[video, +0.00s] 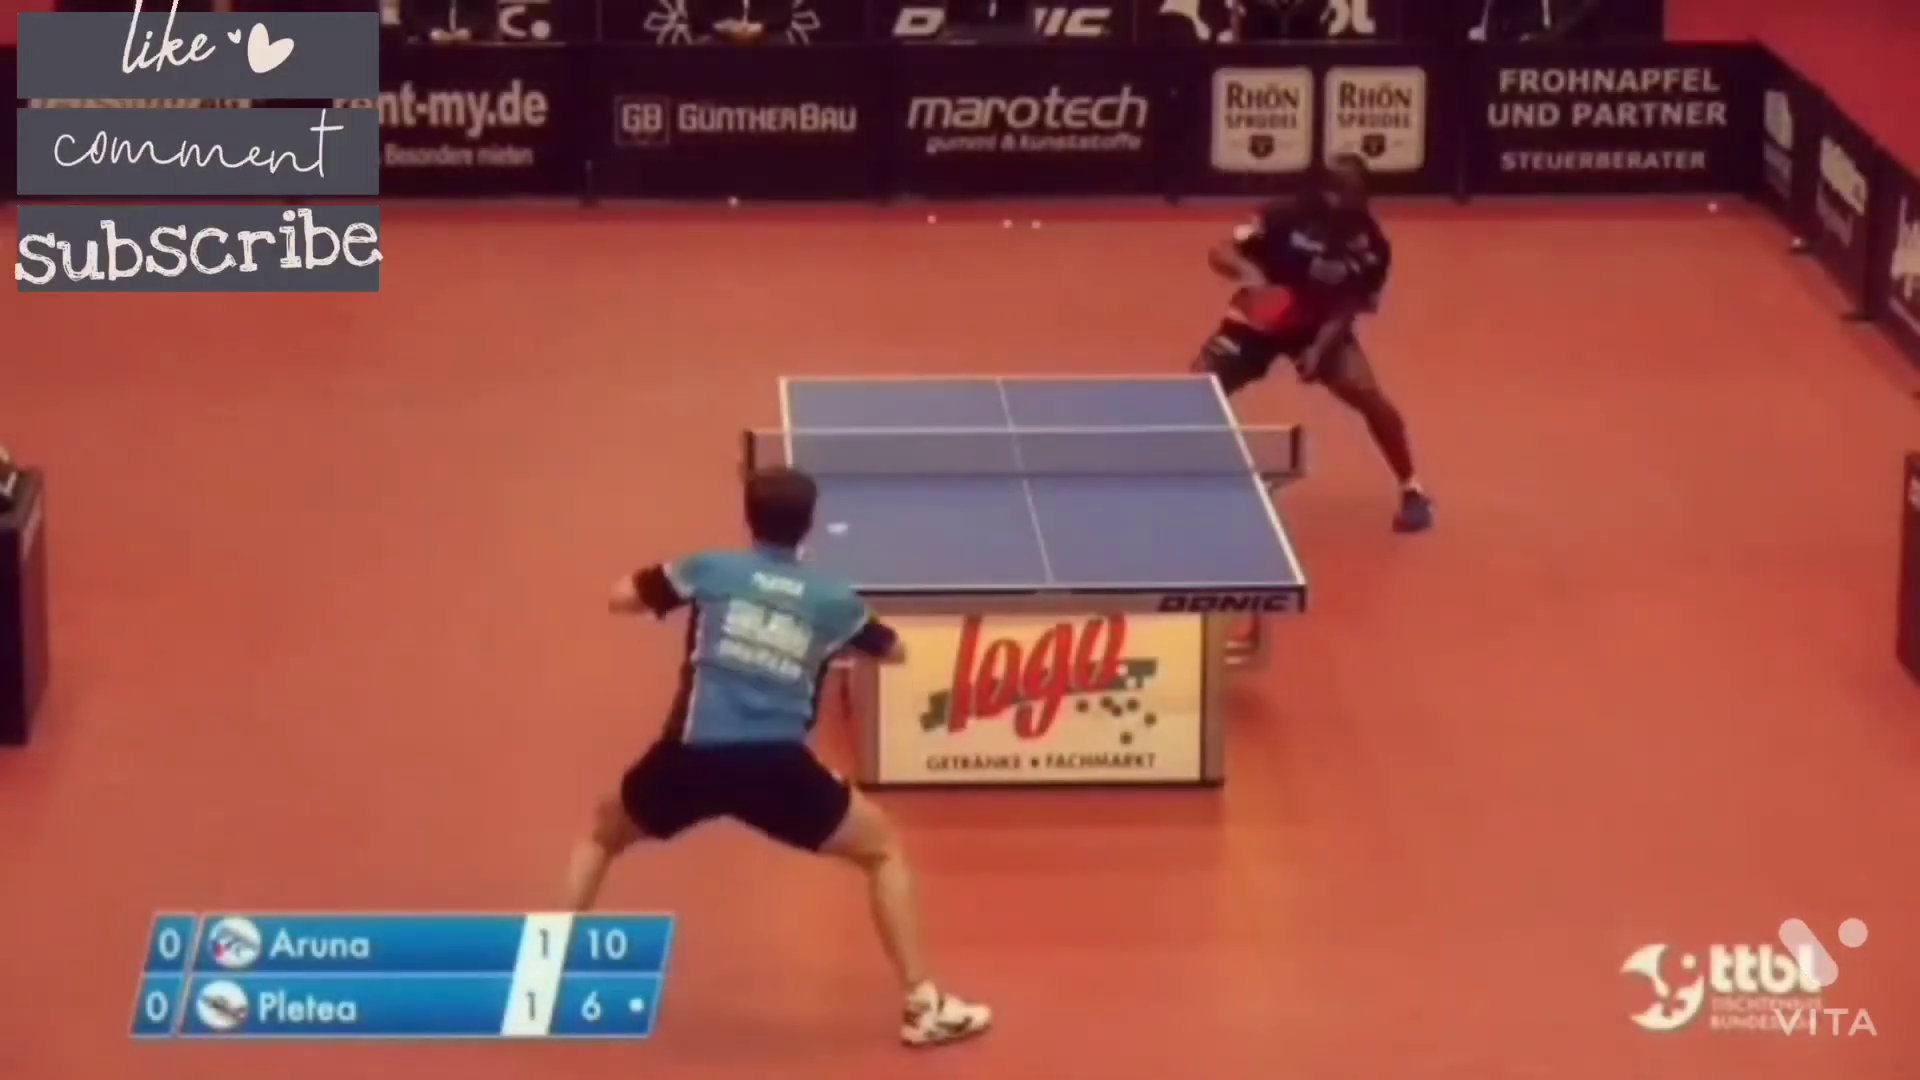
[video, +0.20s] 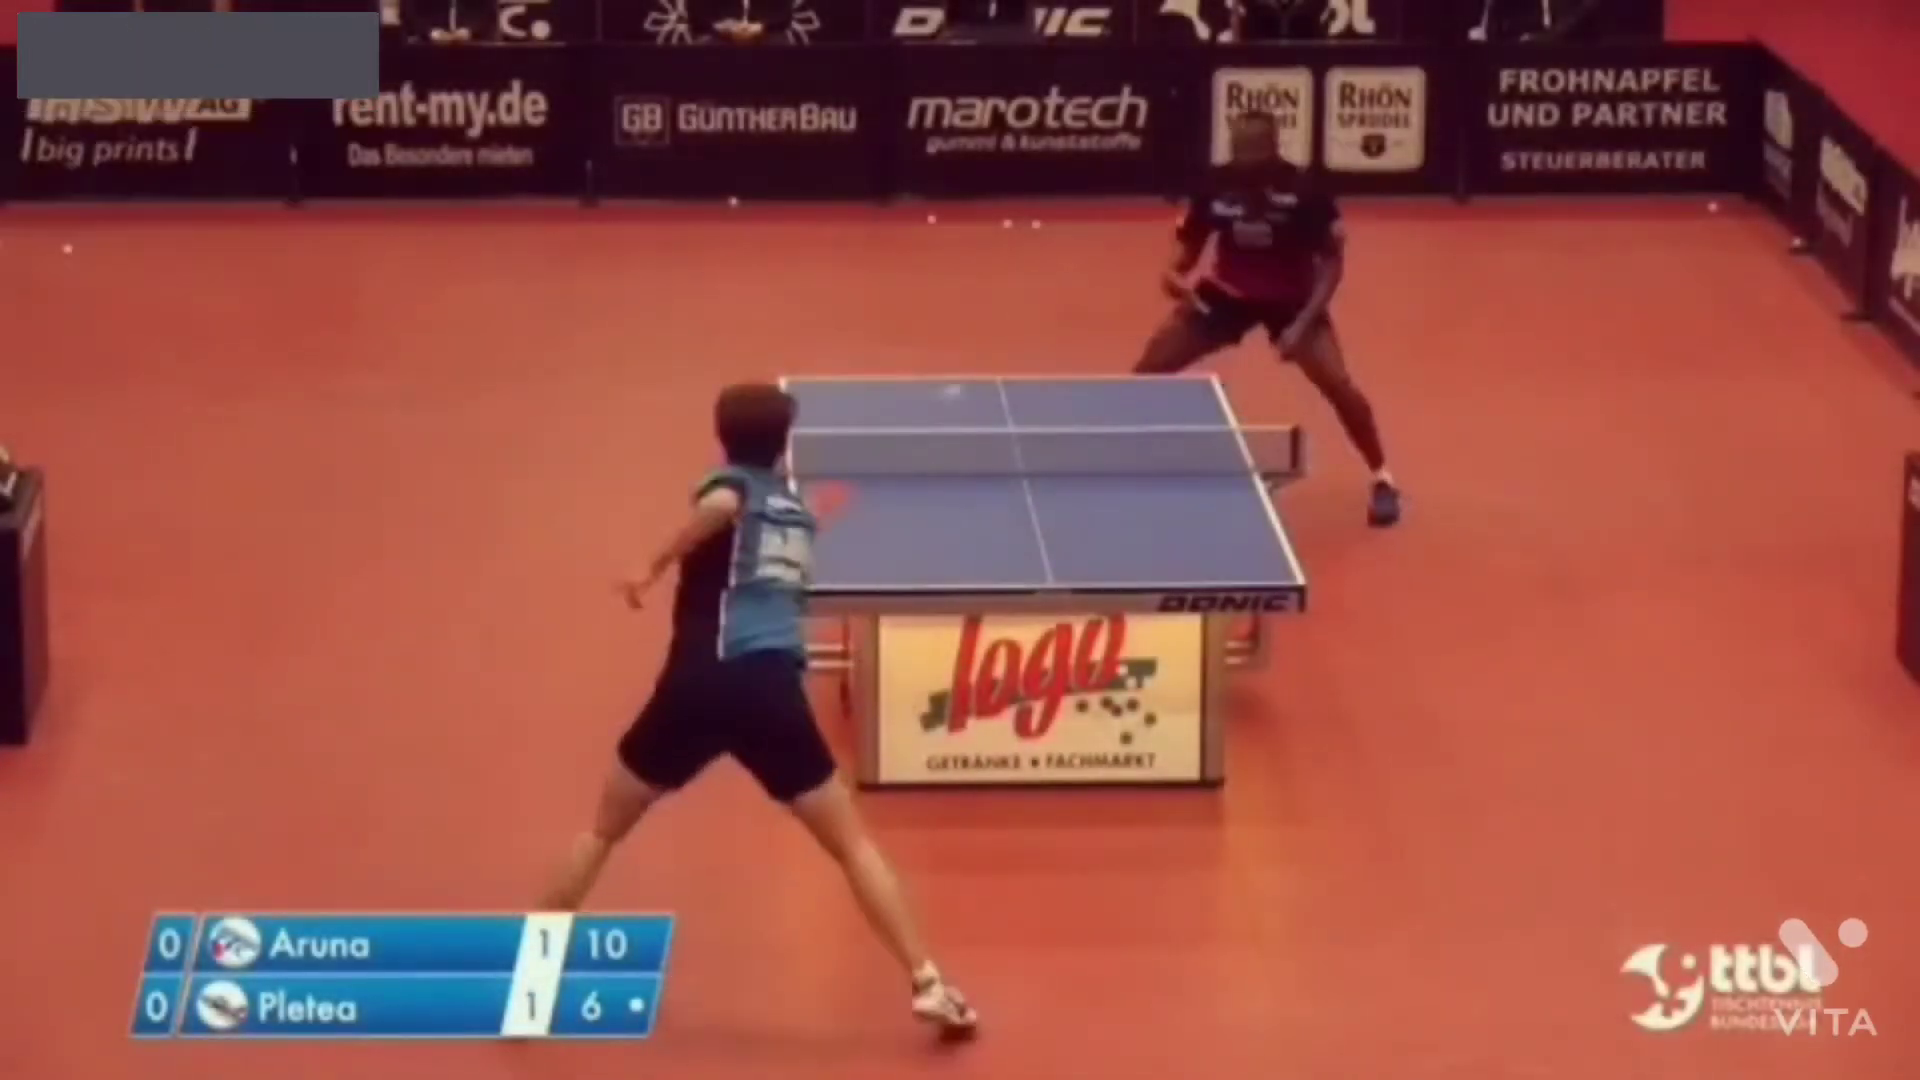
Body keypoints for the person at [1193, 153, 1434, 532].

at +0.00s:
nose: (1338, 198)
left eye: (1348, 190)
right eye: (1331, 187)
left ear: (1363, 194)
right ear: (1318, 185)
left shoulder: (1371, 245)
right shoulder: (1284, 217)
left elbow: (1348, 308)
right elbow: (1221, 253)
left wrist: (1317, 351)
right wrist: (1249, 276)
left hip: (1320, 333)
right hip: (1258, 325)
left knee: (1369, 398)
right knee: (1195, 394)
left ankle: (1410, 489)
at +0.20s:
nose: (1245, 155)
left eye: (1254, 146)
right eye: (1240, 146)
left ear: (1273, 145)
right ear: (1231, 145)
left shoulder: (1304, 189)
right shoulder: (1216, 185)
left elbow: (1332, 261)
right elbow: (1191, 241)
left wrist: (1304, 323)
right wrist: (1174, 272)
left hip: (1292, 304)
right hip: (1227, 298)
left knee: (1337, 385)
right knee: (1150, 366)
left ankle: (1382, 478)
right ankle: (1119, 470)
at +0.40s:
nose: (1197, 173)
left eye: (1204, 164)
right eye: (1193, 165)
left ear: (1225, 160)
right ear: (1194, 165)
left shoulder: (1255, 199)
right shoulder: (1216, 196)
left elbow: (1290, 269)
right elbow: (1218, 252)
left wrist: (1260, 333)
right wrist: (1182, 289)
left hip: (1282, 315)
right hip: (1230, 307)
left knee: (1304, 421)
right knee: (1150, 369)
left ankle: (1390, 462)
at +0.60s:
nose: (1288, 164)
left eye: (1295, 157)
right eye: (1287, 158)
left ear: (1319, 158)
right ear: (1294, 161)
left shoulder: (1337, 210)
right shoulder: (1293, 189)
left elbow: (1294, 278)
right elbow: (1266, 199)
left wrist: (1214, 282)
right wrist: (1253, 181)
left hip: (1302, 327)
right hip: (1255, 308)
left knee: (1322, 430)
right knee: (1165, 363)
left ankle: (1415, 465)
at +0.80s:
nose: (1349, 183)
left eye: (1360, 178)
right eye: (1347, 174)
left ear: (1373, 189)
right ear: (1340, 174)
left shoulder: (1374, 246)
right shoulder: (1317, 188)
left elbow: (1353, 312)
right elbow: (1276, 143)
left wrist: (1271, 314)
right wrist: (1345, 152)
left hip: (1314, 333)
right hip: (1256, 315)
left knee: (1343, 413)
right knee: (1183, 374)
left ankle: (1417, 473)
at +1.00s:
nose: (1271, 158)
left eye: (1281, 152)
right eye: (1267, 149)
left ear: (1301, 156)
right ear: (1257, 147)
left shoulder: (1319, 199)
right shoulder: (1233, 177)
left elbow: (1321, 274)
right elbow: (1172, 224)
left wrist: (1278, 318)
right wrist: (1196, 197)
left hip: (1280, 306)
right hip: (1214, 294)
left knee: (1329, 388)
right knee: (1124, 362)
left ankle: (1386, 463)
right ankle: (1082, 449)